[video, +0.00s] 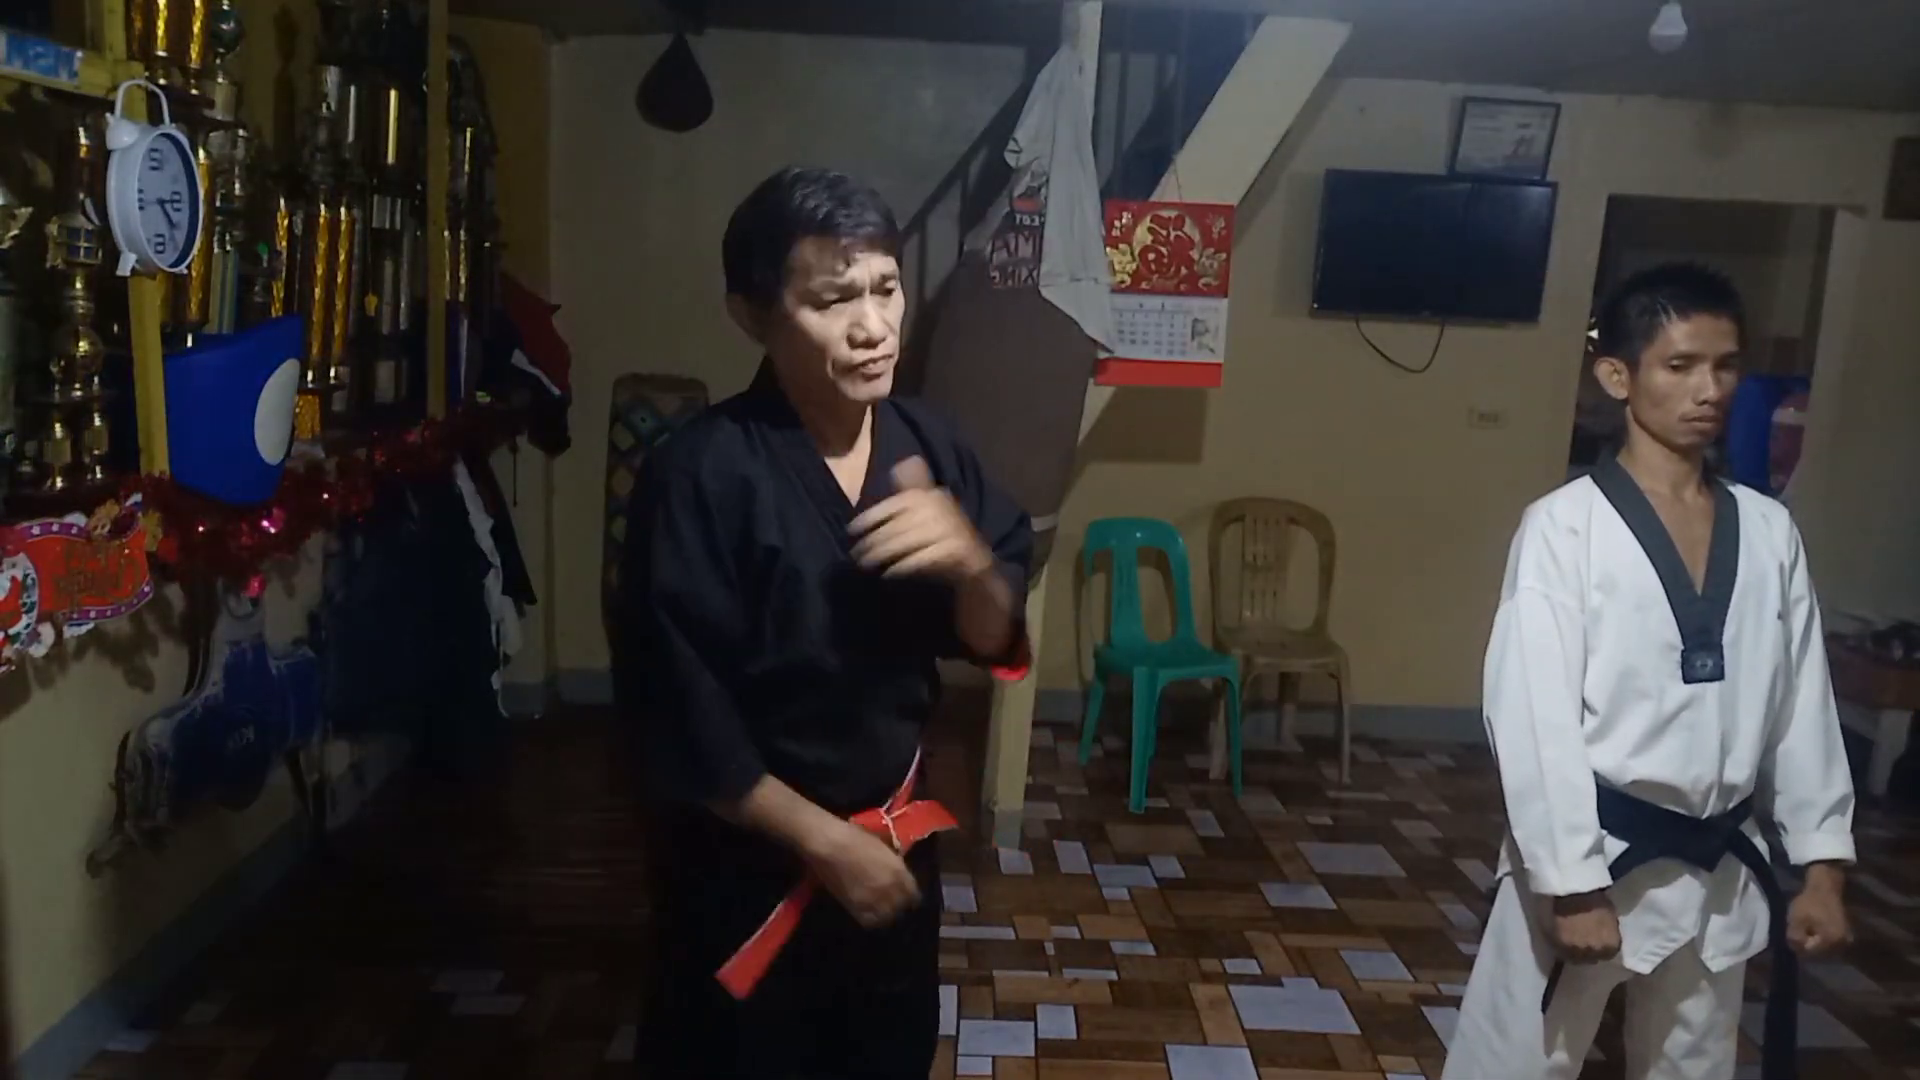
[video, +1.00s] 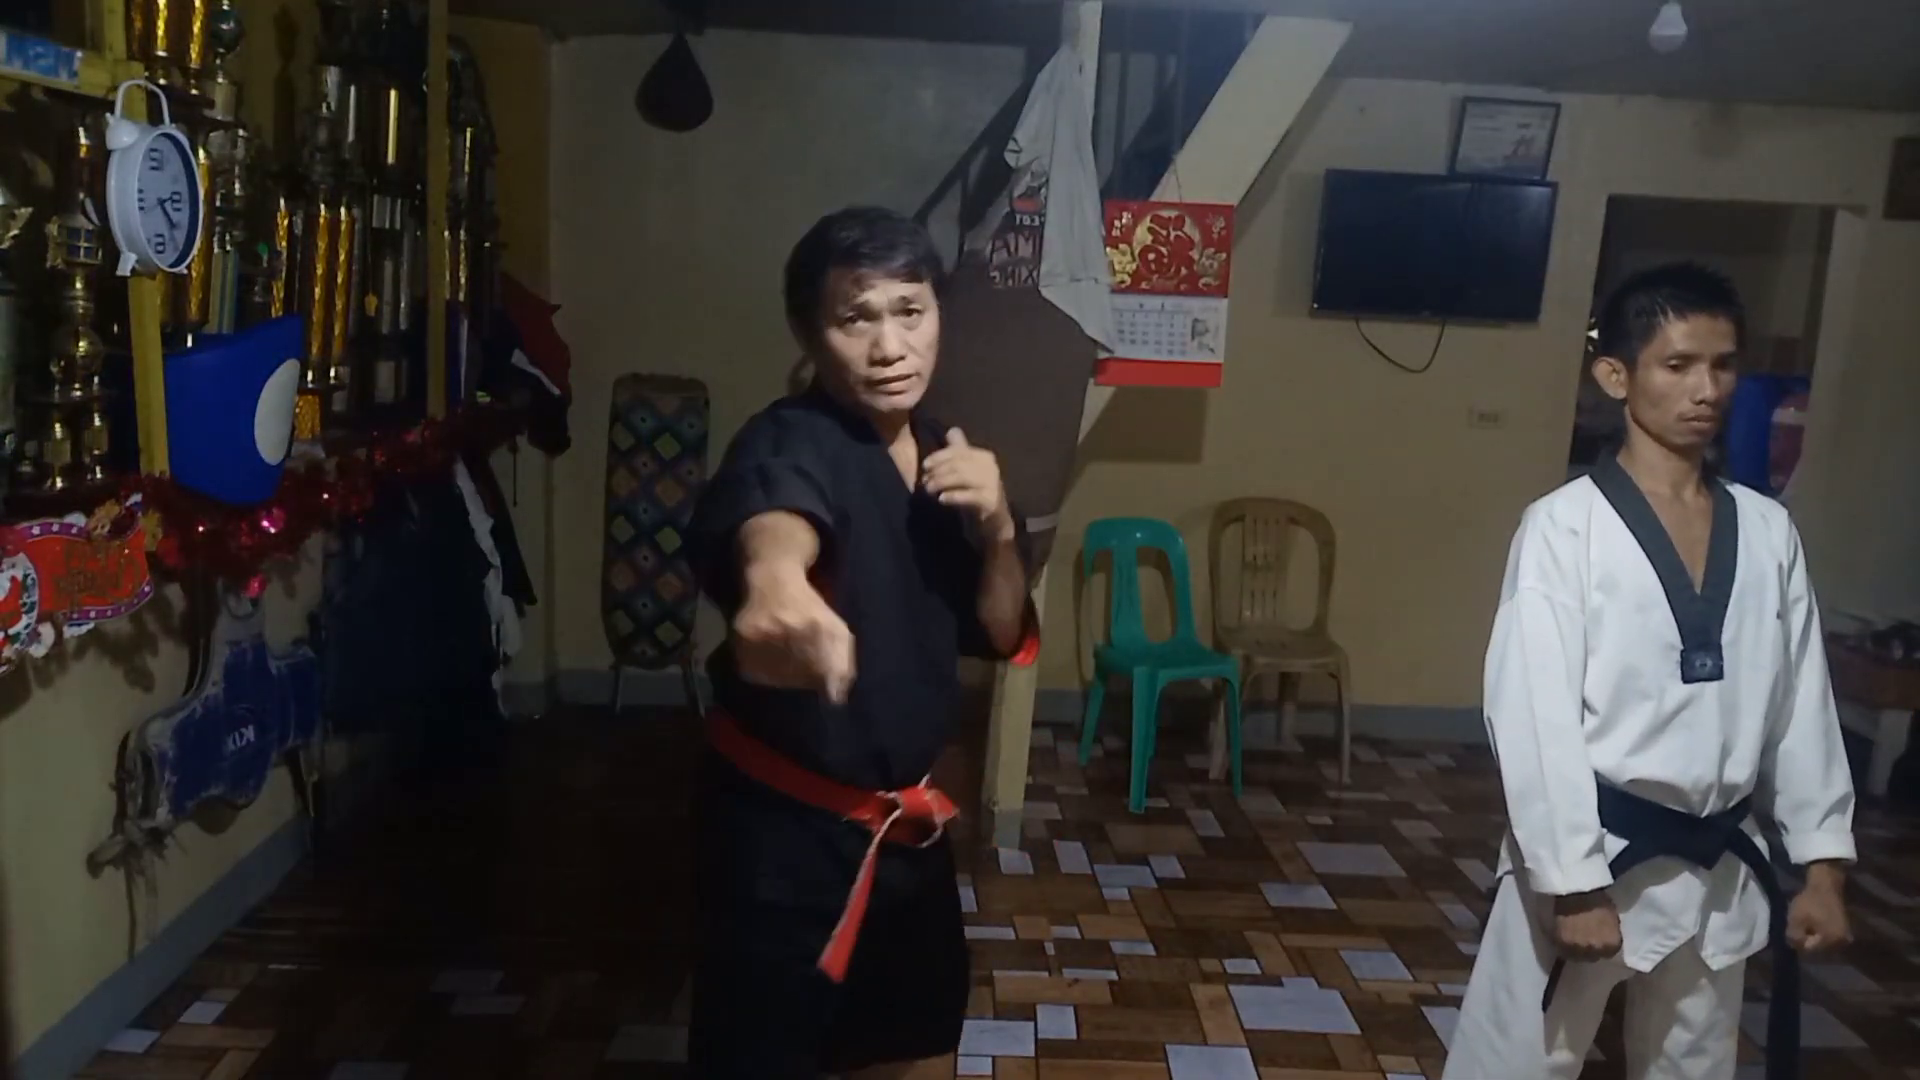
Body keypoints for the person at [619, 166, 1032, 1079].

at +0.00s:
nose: (873, 325)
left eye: (885, 290)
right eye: (833, 299)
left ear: (905, 288)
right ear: (753, 316)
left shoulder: (927, 444)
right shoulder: (696, 474)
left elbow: (997, 643)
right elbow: (675, 717)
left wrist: (973, 562)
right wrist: (828, 838)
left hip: (891, 835)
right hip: (736, 845)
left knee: (892, 1059)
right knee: (738, 1062)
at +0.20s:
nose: (871, 322)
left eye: (889, 290)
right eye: (834, 299)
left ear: (918, 307)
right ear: (784, 329)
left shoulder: (961, 464)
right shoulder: (730, 479)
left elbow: (996, 625)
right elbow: (651, 684)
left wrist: (1046, 655)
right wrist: (753, 811)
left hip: (909, 852)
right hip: (766, 855)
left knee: (877, 1058)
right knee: (755, 1064)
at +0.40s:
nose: (918, 317)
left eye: (938, 290)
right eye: (886, 294)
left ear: (968, 309)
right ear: (846, 323)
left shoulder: (983, 454)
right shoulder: (800, 444)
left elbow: (1020, 632)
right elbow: (696, 621)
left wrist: (984, 606)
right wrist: (827, 693)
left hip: (912, 793)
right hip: (783, 787)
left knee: (882, 1039)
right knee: (765, 1040)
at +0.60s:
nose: (910, 326)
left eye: (929, 298)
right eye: (879, 303)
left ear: (956, 317)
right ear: (837, 331)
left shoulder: (968, 464)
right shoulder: (793, 448)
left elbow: (1007, 658)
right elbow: (715, 631)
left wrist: (1008, 596)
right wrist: (855, 718)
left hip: (907, 803)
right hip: (785, 798)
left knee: (883, 1038)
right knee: (767, 1042)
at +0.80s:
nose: (915, 339)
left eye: (934, 308)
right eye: (882, 314)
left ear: (961, 316)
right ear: (839, 333)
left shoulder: (968, 451)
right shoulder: (802, 442)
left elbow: (1027, 626)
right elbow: (683, 616)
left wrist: (1001, 516)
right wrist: (835, 555)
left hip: (911, 804)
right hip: (795, 795)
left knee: (879, 1043)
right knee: (767, 1051)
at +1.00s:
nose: (889, 345)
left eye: (909, 314)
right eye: (855, 320)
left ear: (939, 319)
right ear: (809, 337)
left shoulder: (942, 458)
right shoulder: (791, 442)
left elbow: (1000, 634)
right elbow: (774, 520)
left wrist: (998, 529)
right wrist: (777, 586)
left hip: (905, 824)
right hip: (790, 826)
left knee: (918, 1049)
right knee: (772, 1056)